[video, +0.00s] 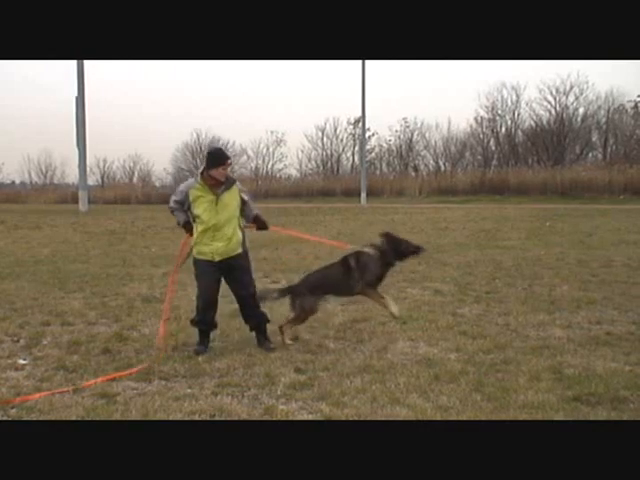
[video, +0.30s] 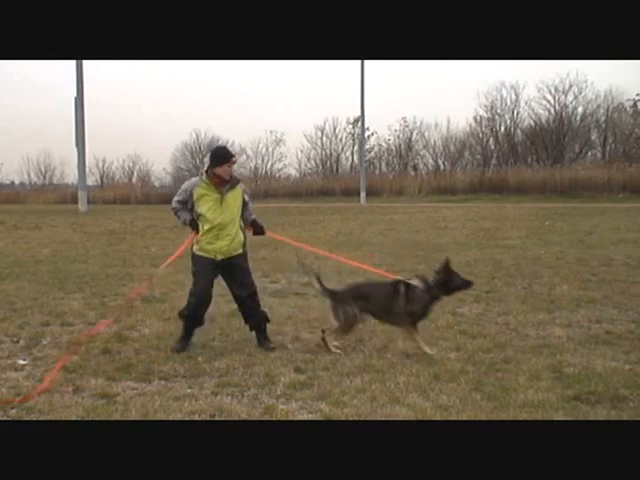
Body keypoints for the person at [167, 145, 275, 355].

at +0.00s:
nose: (226, 171)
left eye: (227, 167)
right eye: (222, 168)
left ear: (227, 168)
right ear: (210, 168)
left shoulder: (233, 187)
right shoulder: (190, 188)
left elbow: (245, 206)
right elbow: (175, 205)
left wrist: (256, 218)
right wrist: (184, 221)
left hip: (234, 253)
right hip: (205, 255)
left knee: (248, 295)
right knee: (206, 299)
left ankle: (262, 335)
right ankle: (203, 340)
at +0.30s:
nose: (231, 169)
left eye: (232, 165)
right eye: (227, 165)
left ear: (229, 166)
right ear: (215, 167)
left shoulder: (237, 188)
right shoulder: (194, 186)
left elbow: (245, 209)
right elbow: (177, 205)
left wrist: (252, 223)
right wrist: (189, 220)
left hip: (234, 252)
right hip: (205, 253)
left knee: (247, 293)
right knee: (200, 297)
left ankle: (262, 335)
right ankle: (185, 336)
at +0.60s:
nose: (194, 167)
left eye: (196, 162)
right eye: (189, 163)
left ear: (198, 164)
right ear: (177, 165)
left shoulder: (205, 189)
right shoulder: (158, 187)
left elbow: (217, 211)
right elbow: (142, 205)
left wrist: (231, 221)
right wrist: (154, 219)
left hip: (199, 253)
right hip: (169, 254)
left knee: (214, 297)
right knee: (160, 299)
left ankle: (230, 336)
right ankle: (147, 340)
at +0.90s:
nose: (178, 166)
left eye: (180, 161)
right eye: (174, 162)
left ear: (180, 162)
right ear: (162, 162)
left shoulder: (186, 185)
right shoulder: (140, 183)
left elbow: (193, 208)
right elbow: (122, 201)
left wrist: (199, 219)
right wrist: (136, 217)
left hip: (179, 252)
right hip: (149, 252)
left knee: (190, 296)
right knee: (137, 298)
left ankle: (202, 339)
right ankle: (120, 339)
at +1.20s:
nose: (173, 171)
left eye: (174, 167)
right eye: (169, 167)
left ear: (174, 167)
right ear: (156, 166)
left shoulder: (177, 188)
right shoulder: (133, 185)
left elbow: (182, 213)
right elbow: (113, 204)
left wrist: (189, 222)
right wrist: (128, 220)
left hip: (170, 254)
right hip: (142, 255)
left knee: (182, 298)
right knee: (131, 299)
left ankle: (198, 339)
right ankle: (117, 340)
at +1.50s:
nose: (168, 174)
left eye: (169, 170)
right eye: (164, 170)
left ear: (167, 171)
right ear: (151, 170)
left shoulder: (171, 193)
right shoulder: (127, 189)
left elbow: (175, 217)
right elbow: (107, 210)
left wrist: (180, 225)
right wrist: (124, 224)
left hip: (166, 258)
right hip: (137, 258)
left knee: (179, 299)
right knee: (129, 302)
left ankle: (197, 338)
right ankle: (117, 341)